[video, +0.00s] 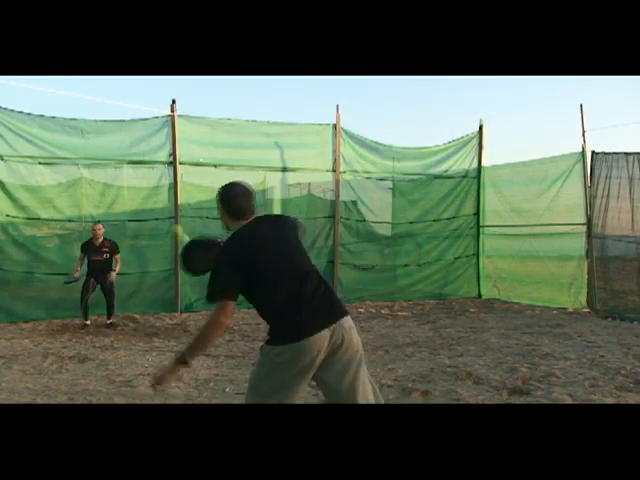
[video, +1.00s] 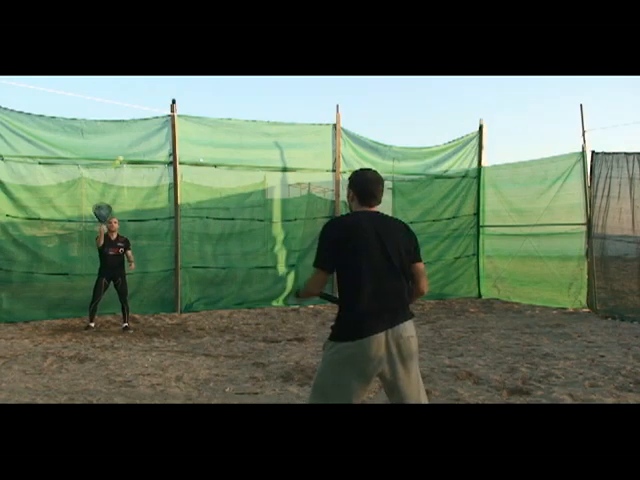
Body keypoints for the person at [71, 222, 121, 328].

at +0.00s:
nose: (97, 232)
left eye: (99, 229)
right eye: (94, 230)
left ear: (103, 230)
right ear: (92, 231)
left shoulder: (111, 245)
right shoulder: (86, 245)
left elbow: (118, 260)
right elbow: (81, 258)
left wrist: (115, 271)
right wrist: (77, 270)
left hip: (106, 275)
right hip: (92, 275)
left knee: (110, 298)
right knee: (84, 297)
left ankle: (109, 320)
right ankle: (86, 321)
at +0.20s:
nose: (96, 230)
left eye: (99, 227)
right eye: (94, 227)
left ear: (102, 228)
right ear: (91, 229)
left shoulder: (110, 243)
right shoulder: (85, 244)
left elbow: (116, 258)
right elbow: (80, 258)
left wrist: (113, 270)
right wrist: (79, 267)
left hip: (106, 274)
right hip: (91, 275)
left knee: (113, 298)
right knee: (88, 300)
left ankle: (111, 318)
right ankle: (88, 323)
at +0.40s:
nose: (100, 228)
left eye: (102, 225)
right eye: (97, 225)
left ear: (106, 227)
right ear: (94, 228)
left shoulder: (113, 242)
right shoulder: (89, 242)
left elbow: (118, 258)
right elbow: (80, 258)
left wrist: (115, 269)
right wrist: (80, 258)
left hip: (109, 274)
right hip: (94, 275)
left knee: (117, 299)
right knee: (90, 300)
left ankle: (122, 320)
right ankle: (89, 323)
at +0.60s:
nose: (105, 227)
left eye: (107, 224)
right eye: (103, 225)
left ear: (111, 226)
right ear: (100, 227)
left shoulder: (120, 242)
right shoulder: (95, 242)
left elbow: (125, 257)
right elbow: (85, 256)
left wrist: (125, 268)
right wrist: (86, 241)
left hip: (117, 274)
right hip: (102, 275)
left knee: (123, 299)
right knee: (94, 299)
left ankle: (125, 322)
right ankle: (90, 323)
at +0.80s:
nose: (109, 225)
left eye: (111, 223)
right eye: (107, 223)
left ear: (115, 225)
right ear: (104, 226)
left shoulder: (123, 240)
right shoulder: (101, 239)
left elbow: (130, 254)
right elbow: (94, 242)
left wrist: (133, 263)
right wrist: (92, 230)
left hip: (119, 273)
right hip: (105, 273)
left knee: (123, 298)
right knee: (96, 298)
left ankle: (125, 323)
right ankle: (92, 322)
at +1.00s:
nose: (112, 225)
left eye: (115, 223)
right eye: (110, 223)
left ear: (118, 225)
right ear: (107, 226)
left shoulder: (124, 240)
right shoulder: (101, 239)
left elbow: (129, 254)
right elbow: (100, 243)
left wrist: (131, 262)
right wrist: (101, 231)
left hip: (119, 273)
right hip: (104, 272)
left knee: (123, 298)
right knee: (96, 298)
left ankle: (126, 323)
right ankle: (91, 322)